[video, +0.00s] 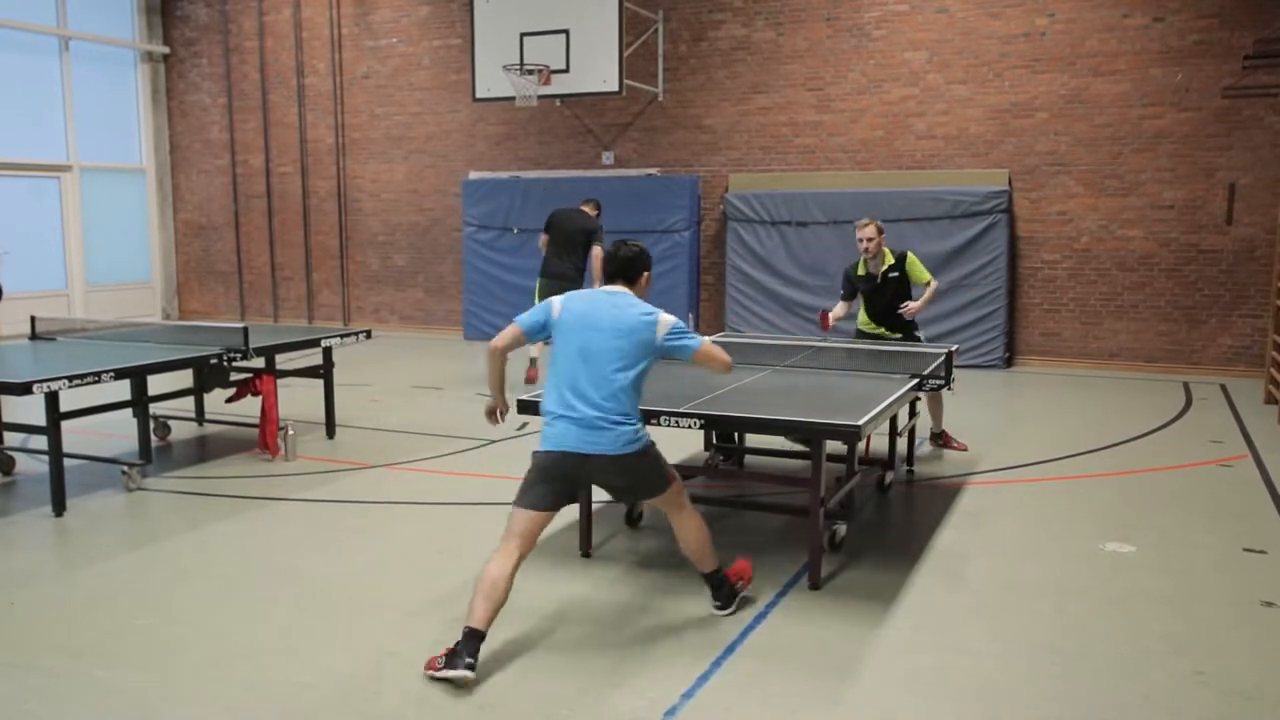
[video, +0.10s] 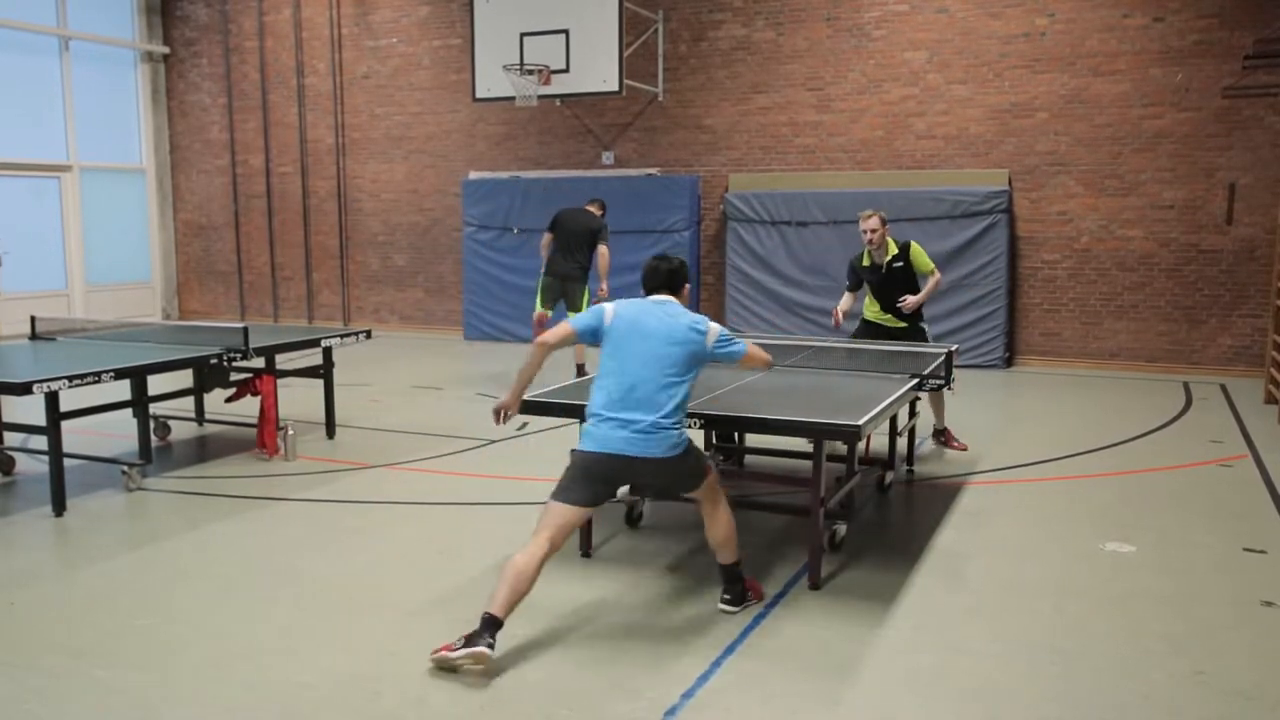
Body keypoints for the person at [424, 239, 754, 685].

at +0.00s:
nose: (652, 284)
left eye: (651, 279)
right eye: (651, 279)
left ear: (602, 275)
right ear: (644, 280)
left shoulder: (561, 304)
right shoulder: (652, 319)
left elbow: (498, 345)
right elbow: (722, 363)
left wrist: (497, 396)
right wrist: (699, 342)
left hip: (558, 448)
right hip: (621, 449)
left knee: (513, 545)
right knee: (678, 507)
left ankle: (465, 652)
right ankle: (721, 589)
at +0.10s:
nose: (690, 294)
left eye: (683, 287)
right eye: (688, 288)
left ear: (645, 286)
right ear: (683, 290)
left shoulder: (611, 311)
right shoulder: (696, 328)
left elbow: (544, 342)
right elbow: (763, 360)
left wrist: (514, 395)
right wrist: (719, 343)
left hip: (599, 449)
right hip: (662, 452)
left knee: (542, 542)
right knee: (711, 495)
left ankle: (485, 633)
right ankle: (734, 587)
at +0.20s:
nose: (719, 303)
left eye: (713, 298)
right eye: (717, 298)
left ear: (672, 299)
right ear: (713, 301)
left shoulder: (650, 318)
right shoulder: (730, 338)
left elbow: (592, 349)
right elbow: (783, 371)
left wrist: (549, 405)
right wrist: (745, 348)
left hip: (632, 450)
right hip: (692, 453)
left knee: (575, 538)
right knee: (730, 489)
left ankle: (519, 635)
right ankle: (735, 589)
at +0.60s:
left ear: (674, 246)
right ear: (718, 248)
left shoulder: (654, 282)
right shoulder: (741, 296)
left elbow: (631, 344)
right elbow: (769, 373)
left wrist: (605, 409)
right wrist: (747, 362)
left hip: (658, 421)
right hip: (717, 424)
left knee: (616, 515)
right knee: (735, 498)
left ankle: (594, 630)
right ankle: (746, 588)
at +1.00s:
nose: (725, 233)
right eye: (724, 227)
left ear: (670, 227)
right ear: (717, 230)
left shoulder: (631, 264)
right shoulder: (724, 282)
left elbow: (578, 329)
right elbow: (757, 365)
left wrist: (584, 373)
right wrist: (787, 367)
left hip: (623, 410)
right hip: (687, 416)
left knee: (587, 512)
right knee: (725, 520)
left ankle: (557, 624)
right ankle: (750, 636)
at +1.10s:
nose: (729, 263)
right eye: (731, 256)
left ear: (681, 253)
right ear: (725, 261)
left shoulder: (638, 292)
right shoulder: (724, 310)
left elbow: (586, 353)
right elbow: (767, 395)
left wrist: (593, 399)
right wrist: (838, 407)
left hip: (617, 446)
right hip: (680, 451)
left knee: (575, 538)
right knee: (736, 533)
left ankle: (510, 640)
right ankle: (750, 652)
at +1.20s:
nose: (749, 303)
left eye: (745, 293)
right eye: (749, 295)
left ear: (697, 290)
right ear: (742, 300)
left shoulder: (652, 329)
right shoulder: (726, 354)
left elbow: (596, 383)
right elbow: (781, 434)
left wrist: (591, 441)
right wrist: (857, 425)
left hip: (613, 477)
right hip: (675, 481)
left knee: (575, 559)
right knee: (747, 532)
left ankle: (508, 649)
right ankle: (752, 655)